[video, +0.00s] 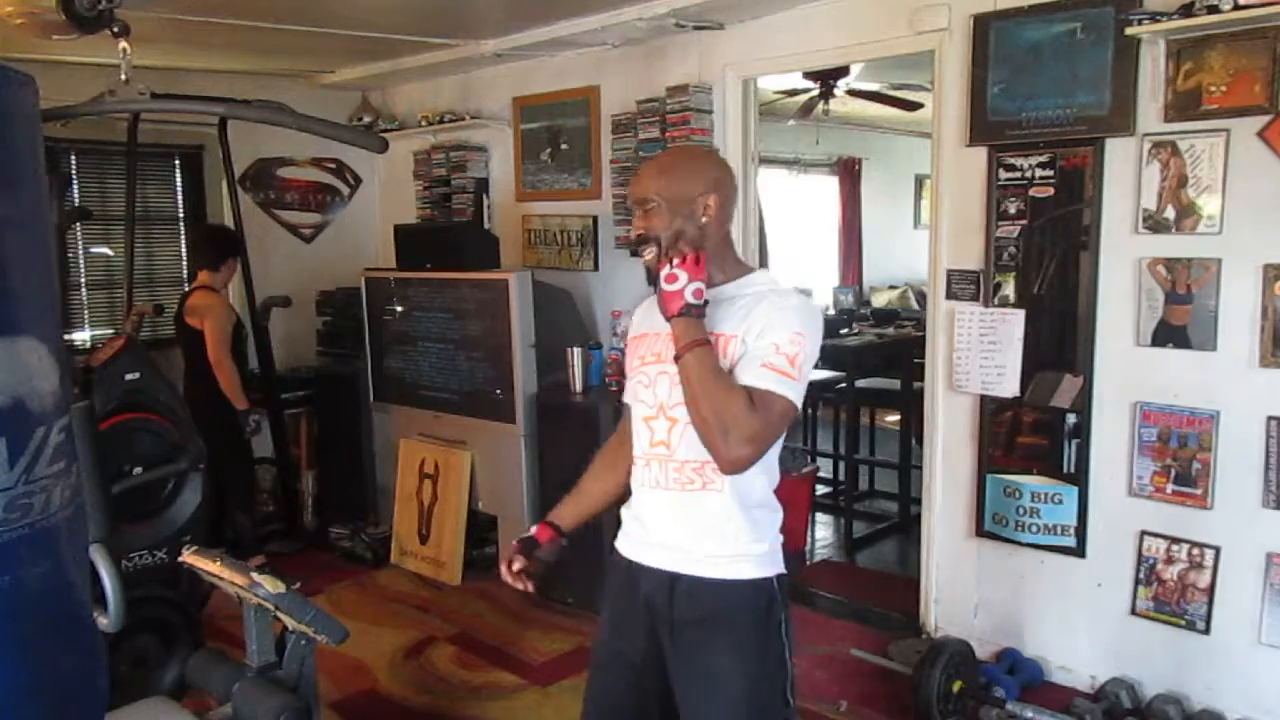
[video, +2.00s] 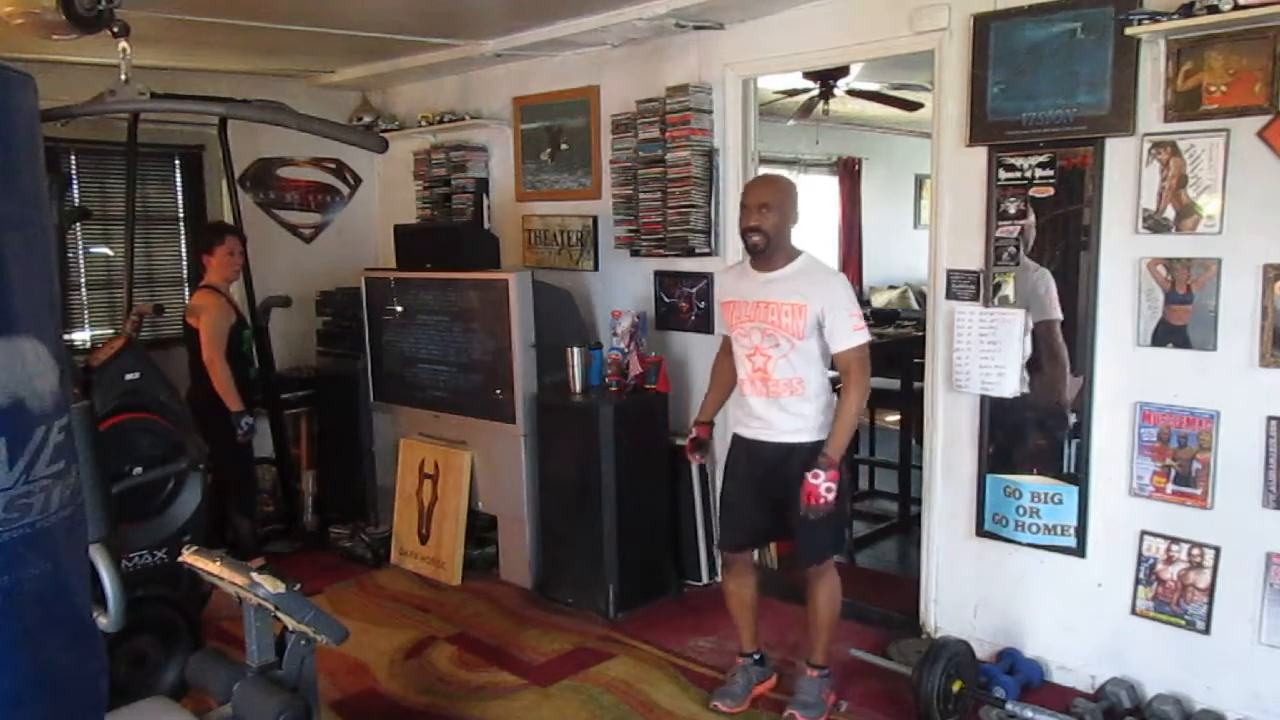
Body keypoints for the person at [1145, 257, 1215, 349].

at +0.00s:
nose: (1181, 271)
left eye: (1183, 268)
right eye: (1177, 268)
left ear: (1188, 271)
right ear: (1173, 271)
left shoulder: (1191, 287)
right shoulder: (1168, 286)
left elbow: (1212, 269)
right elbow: (1151, 266)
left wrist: (1196, 263)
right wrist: (1166, 261)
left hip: (1181, 329)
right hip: (1165, 327)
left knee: (1189, 358)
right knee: (1155, 356)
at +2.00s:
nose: (1180, 273)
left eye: (1183, 270)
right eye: (1177, 270)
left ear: (1188, 273)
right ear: (1173, 272)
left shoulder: (1191, 287)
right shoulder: (1168, 286)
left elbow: (1213, 268)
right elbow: (1151, 265)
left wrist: (1195, 262)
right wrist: (1167, 262)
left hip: (1182, 329)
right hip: (1165, 327)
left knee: (1189, 357)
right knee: (1155, 356)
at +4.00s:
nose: (1179, 273)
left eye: (1183, 269)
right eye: (1176, 269)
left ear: (1188, 273)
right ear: (1172, 272)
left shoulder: (1191, 287)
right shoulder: (1168, 286)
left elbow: (1213, 267)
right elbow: (1150, 265)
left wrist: (1194, 263)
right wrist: (1167, 263)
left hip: (1181, 329)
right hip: (1165, 328)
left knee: (1190, 357)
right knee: (1154, 356)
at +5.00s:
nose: (1180, 272)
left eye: (1183, 269)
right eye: (1177, 269)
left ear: (1188, 272)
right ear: (1173, 272)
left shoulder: (1191, 287)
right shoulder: (1168, 286)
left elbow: (1212, 267)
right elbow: (1151, 266)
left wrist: (1195, 262)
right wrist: (1166, 261)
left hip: (1181, 329)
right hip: (1165, 328)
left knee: (1190, 357)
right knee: (1154, 356)